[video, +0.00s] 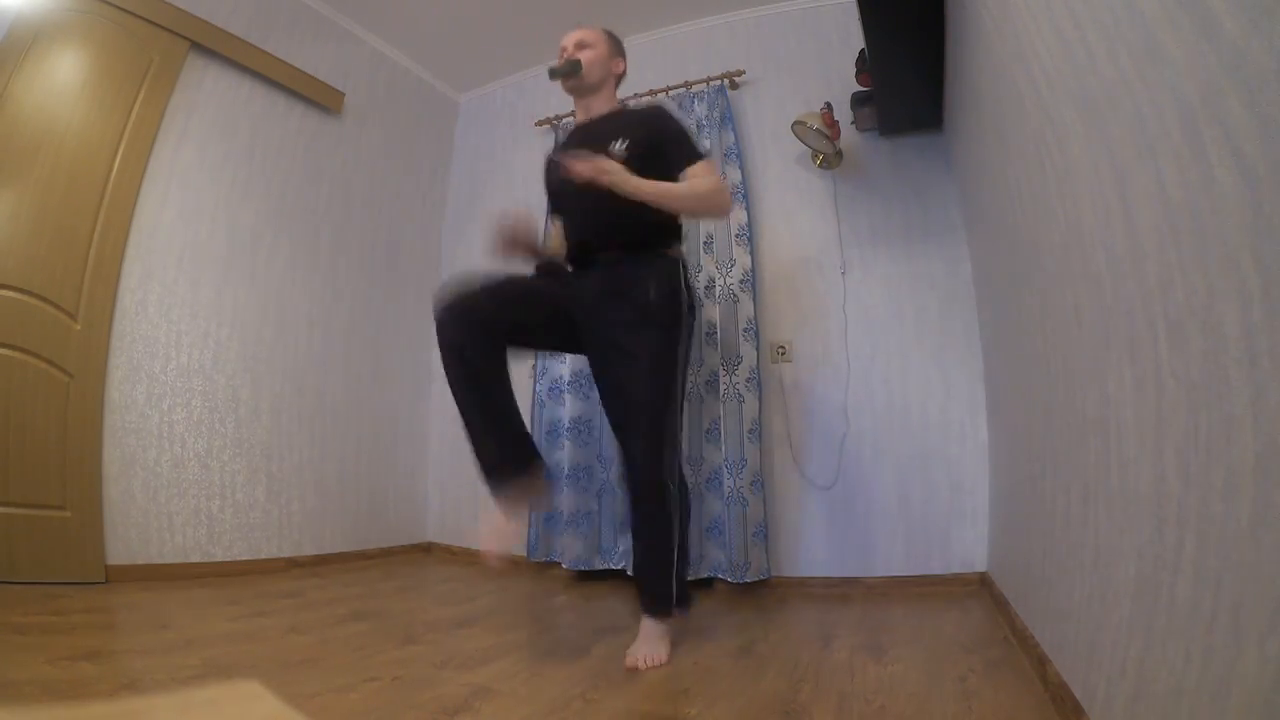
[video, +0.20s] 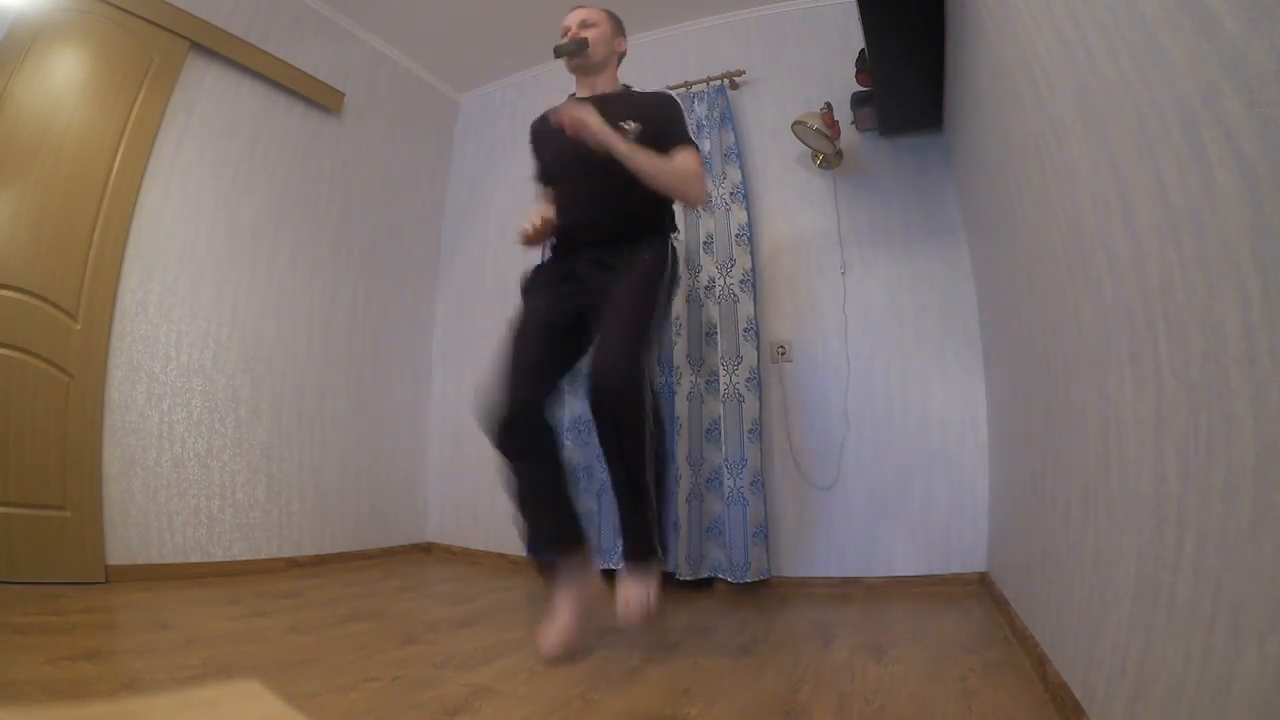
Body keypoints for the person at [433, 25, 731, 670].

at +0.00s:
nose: (567, 53)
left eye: (583, 45)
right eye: (561, 49)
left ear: (618, 65)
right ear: (558, 75)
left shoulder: (651, 123)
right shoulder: (561, 152)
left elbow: (717, 199)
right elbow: (571, 251)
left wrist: (626, 181)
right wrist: (531, 244)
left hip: (644, 298)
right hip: (577, 296)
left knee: (648, 458)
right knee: (463, 313)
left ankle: (656, 612)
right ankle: (516, 478)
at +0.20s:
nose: (574, 31)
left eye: (590, 23)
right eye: (567, 27)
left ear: (620, 45)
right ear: (560, 54)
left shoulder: (653, 108)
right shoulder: (549, 125)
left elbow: (693, 187)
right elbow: (553, 195)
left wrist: (608, 137)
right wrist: (540, 221)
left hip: (638, 263)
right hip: (569, 270)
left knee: (613, 383)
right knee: (516, 410)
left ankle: (640, 559)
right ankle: (570, 567)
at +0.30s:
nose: (571, 44)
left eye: (587, 37)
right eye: (565, 41)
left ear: (620, 59)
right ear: (559, 69)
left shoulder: (655, 137)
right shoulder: (537, 145)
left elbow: (698, 227)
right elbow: (501, 242)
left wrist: (644, 212)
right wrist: (491, 222)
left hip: (639, 288)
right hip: (565, 296)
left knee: (593, 237)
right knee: (579, 456)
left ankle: (619, 437)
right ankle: (603, 613)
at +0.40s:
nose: (561, 42)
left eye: (577, 34)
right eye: (554, 40)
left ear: (610, 56)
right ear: (547, 67)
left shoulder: (650, 127)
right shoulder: (536, 143)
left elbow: (702, 200)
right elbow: (499, 235)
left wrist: (668, 213)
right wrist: (484, 190)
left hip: (642, 280)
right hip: (567, 291)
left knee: (576, 272)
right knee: (562, 443)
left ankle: (600, 483)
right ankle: (590, 604)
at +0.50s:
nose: (555, 37)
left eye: (571, 28)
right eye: (550, 34)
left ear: (607, 49)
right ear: (546, 61)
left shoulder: (646, 106)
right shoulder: (546, 138)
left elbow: (714, 180)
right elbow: (552, 231)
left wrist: (648, 188)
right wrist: (515, 220)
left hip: (633, 273)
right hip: (567, 276)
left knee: (601, 419)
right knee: (472, 374)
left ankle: (618, 599)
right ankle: (535, 535)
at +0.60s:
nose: (559, 55)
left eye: (575, 46)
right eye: (554, 52)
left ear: (612, 69)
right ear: (550, 77)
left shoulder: (637, 125)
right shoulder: (555, 157)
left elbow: (687, 198)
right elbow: (572, 245)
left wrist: (583, 150)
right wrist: (530, 273)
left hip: (625, 305)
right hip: (559, 298)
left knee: (618, 474)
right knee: (440, 267)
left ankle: (627, 630)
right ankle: (489, 446)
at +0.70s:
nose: (562, 38)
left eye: (579, 30)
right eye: (557, 35)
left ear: (612, 51)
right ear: (552, 59)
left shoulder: (640, 110)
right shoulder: (547, 137)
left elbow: (681, 172)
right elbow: (570, 212)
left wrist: (583, 116)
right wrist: (540, 237)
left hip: (626, 282)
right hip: (560, 278)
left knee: (607, 427)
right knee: (451, 331)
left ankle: (620, 611)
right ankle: (519, 496)